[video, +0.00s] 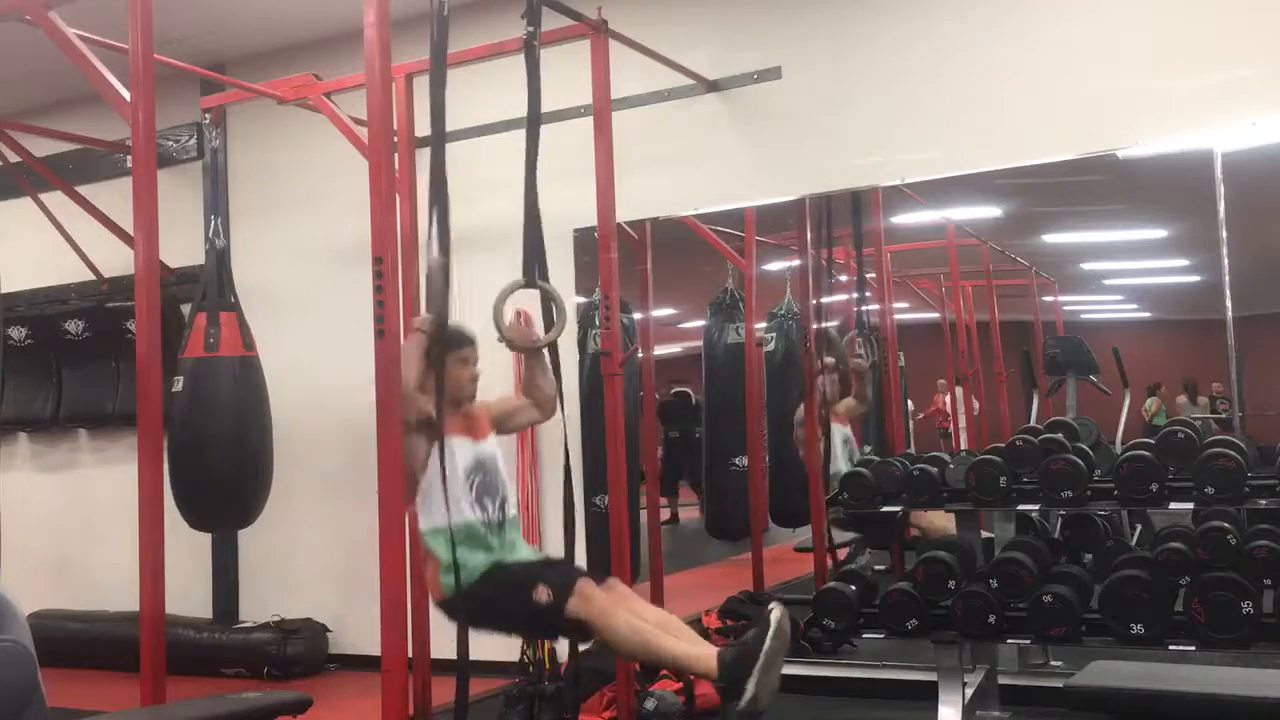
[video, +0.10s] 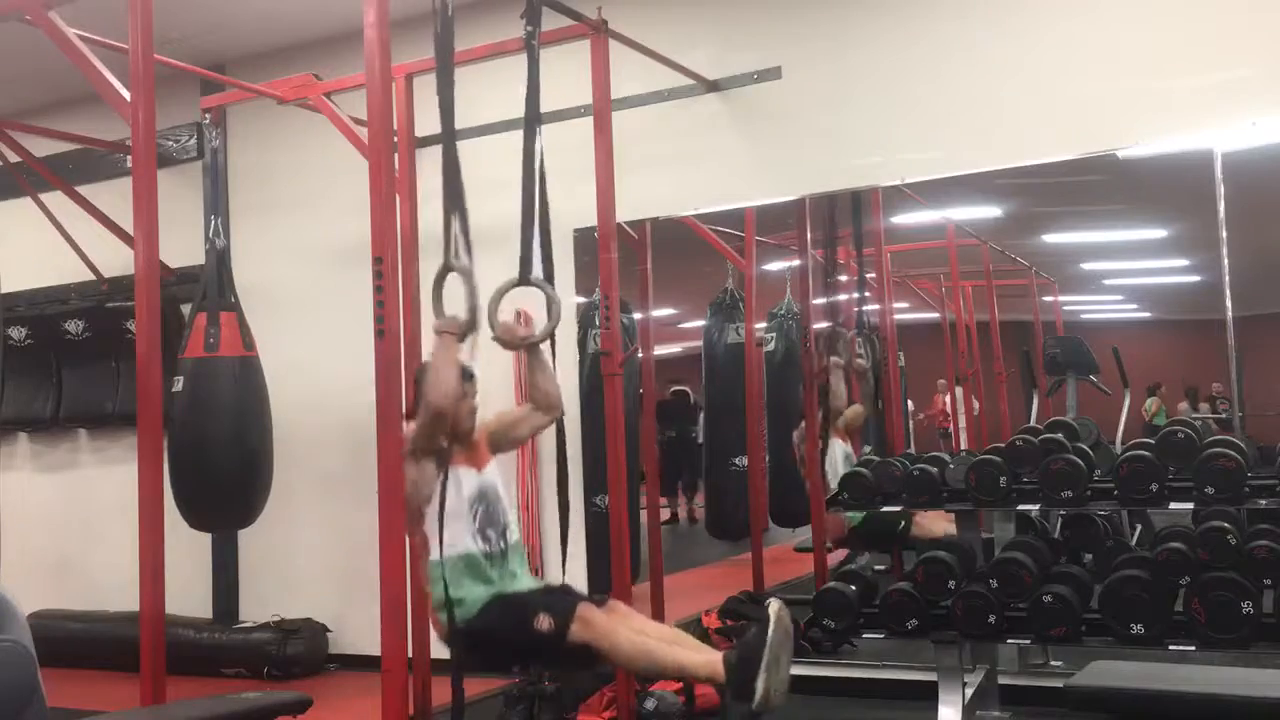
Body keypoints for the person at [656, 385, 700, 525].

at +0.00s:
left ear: (672, 396)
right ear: (690, 397)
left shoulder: (665, 406)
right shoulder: (696, 406)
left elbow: (664, 421)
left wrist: (658, 402)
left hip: (672, 450)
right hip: (693, 449)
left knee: (669, 482)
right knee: (695, 480)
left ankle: (674, 514)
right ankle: (705, 505)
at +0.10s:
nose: (679, 402)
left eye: (678, 399)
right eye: (679, 399)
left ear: (670, 395)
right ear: (689, 397)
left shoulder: (663, 406)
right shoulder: (694, 407)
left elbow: (660, 425)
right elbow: (696, 425)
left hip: (669, 447)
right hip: (689, 446)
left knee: (669, 481)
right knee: (690, 479)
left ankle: (673, 514)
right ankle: (690, 508)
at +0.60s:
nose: (670, 397)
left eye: (670, 394)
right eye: (670, 394)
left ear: (662, 392)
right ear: (679, 392)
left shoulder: (655, 404)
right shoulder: (685, 404)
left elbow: (647, 422)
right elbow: (695, 407)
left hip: (657, 444)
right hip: (677, 444)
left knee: (653, 480)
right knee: (676, 481)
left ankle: (658, 505)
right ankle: (671, 516)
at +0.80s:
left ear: (654, 388)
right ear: (672, 389)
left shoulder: (647, 400)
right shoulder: (675, 400)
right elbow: (689, 406)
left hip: (651, 440)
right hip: (671, 441)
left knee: (647, 480)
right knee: (673, 479)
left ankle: (640, 516)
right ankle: (670, 517)